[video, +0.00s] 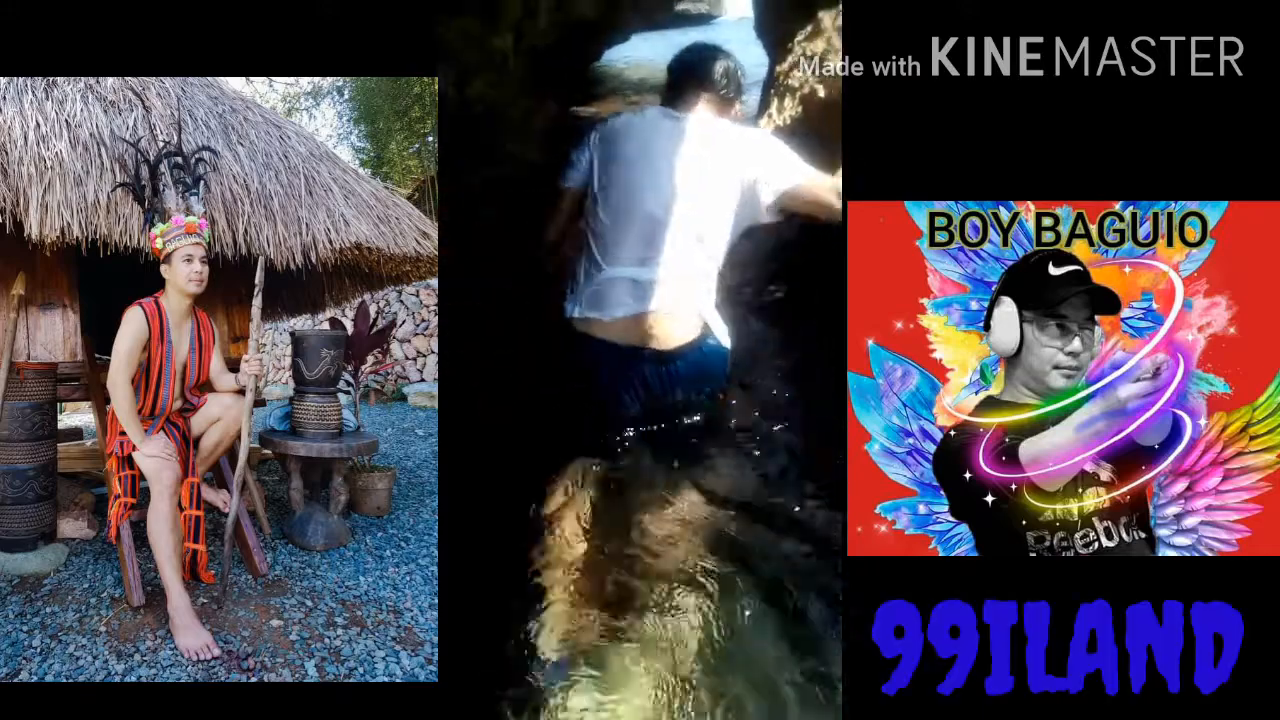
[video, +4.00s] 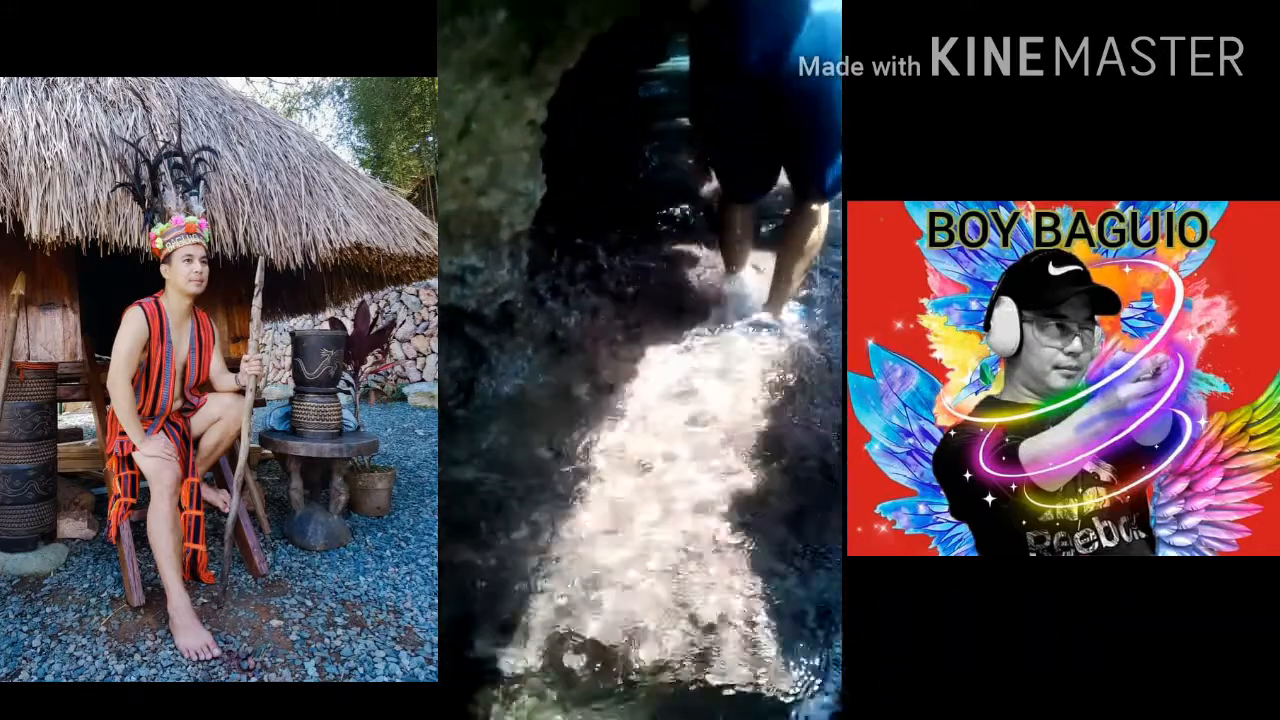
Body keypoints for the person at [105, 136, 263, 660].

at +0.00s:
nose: (198, 268)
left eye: (203, 260)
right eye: (187, 261)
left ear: (207, 266)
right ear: (164, 267)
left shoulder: (206, 323)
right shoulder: (142, 316)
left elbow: (221, 382)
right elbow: (117, 380)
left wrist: (244, 380)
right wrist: (138, 439)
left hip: (180, 420)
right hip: (140, 424)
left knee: (238, 406)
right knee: (169, 477)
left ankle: (191, 478)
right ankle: (179, 607)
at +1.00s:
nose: (198, 269)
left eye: (203, 260)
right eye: (187, 261)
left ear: (207, 266)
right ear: (164, 267)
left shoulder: (206, 323)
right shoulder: (142, 316)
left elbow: (220, 381)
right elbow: (117, 380)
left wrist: (243, 380)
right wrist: (138, 440)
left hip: (180, 419)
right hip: (140, 424)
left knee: (237, 407)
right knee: (169, 476)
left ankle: (191, 479)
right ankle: (179, 605)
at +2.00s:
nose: (198, 268)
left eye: (203, 260)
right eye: (187, 261)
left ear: (207, 267)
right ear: (164, 267)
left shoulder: (205, 323)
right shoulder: (142, 316)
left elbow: (220, 381)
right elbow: (117, 380)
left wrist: (244, 380)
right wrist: (139, 440)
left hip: (180, 419)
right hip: (141, 425)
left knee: (238, 407)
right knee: (169, 477)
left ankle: (191, 478)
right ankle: (179, 607)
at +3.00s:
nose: (198, 268)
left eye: (203, 260)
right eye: (187, 260)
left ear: (208, 267)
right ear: (165, 267)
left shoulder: (206, 324)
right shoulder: (142, 316)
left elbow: (220, 382)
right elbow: (117, 380)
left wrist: (243, 380)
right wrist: (138, 440)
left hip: (180, 419)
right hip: (140, 424)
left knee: (237, 407)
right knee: (169, 477)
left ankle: (191, 478)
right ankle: (179, 606)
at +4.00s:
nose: (198, 268)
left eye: (203, 260)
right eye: (187, 260)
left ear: (208, 267)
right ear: (165, 267)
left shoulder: (206, 324)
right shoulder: (142, 316)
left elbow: (220, 381)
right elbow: (117, 380)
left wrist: (243, 381)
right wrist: (138, 440)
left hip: (180, 419)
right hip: (140, 424)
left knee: (236, 407)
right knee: (169, 476)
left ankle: (191, 478)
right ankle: (179, 605)